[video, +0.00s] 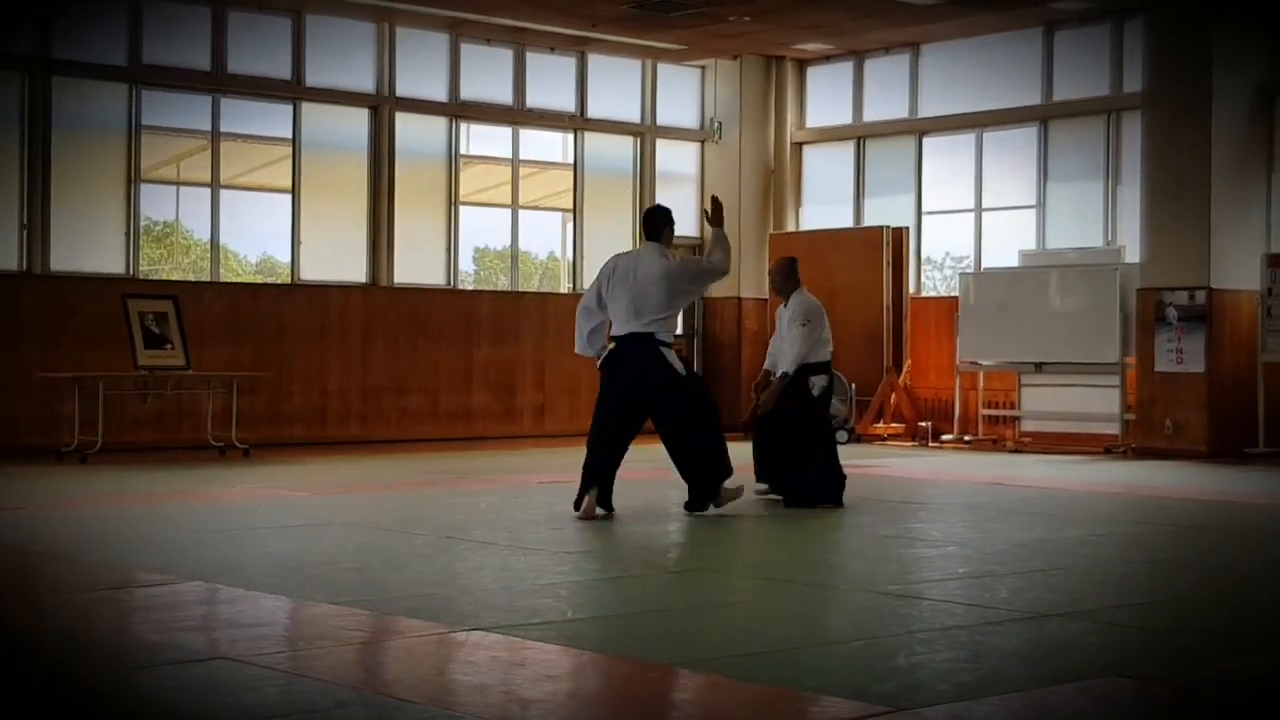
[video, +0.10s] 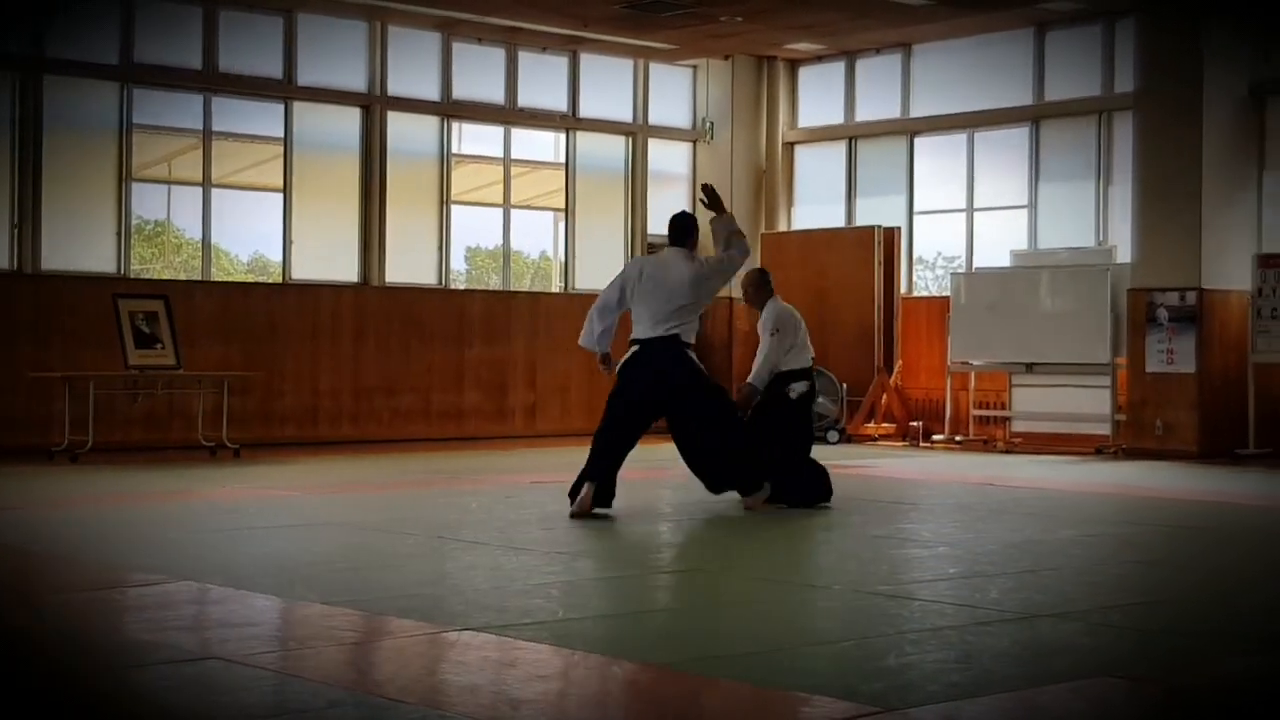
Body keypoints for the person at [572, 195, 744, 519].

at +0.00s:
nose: (672, 235)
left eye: (667, 230)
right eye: (671, 230)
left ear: (642, 232)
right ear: (669, 232)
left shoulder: (616, 264)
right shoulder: (676, 266)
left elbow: (588, 310)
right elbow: (719, 264)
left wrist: (599, 351)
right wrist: (718, 229)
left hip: (620, 356)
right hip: (659, 357)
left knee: (609, 428)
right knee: (693, 420)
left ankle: (593, 493)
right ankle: (710, 490)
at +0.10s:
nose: (698, 242)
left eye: (694, 236)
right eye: (697, 236)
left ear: (666, 237)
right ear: (695, 239)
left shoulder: (639, 267)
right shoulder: (702, 270)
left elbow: (604, 306)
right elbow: (738, 251)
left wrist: (602, 348)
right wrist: (721, 214)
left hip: (638, 362)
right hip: (680, 362)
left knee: (615, 429)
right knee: (719, 423)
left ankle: (589, 491)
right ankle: (753, 491)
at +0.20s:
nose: (707, 241)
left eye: (698, 235)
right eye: (711, 238)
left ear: (687, 240)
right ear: (715, 244)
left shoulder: (660, 270)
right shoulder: (722, 274)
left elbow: (629, 300)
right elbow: (752, 266)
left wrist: (609, 338)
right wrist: (747, 233)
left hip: (659, 359)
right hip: (699, 359)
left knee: (634, 421)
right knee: (730, 421)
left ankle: (607, 477)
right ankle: (741, 494)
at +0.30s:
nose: (706, 247)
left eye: (699, 240)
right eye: (714, 243)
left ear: (691, 243)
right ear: (718, 245)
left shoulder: (667, 270)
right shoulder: (727, 277)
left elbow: (644, 312)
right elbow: (752, 301)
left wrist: (634, 352)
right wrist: (774, 293)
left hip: (674, 353)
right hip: (712, 352)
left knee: (655, 418)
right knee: (728, 420)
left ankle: (659, 481)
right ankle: (729, 494)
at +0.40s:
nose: (722, 255)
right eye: (725, 250)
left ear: (696, 248)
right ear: (725, 250)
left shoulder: (671, 273)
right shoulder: (737, 277)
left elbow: (661, 324)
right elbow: (746, 325)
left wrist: (670, 354)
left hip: (684, 349)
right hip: (727, 351)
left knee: (672, 421)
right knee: (742, 420)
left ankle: (678, 496)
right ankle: (740, 496)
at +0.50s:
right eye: (757, 263)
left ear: (732, 249)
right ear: (756, 259)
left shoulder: (695, 254)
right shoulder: (761, 274)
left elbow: (671, 306)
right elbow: (754, 323)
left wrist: (674, 350)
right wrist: (746, 349)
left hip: (697, 343)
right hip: (745, 346)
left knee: (678, 430)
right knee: (773, 425)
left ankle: (664, 513)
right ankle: (777, 501)